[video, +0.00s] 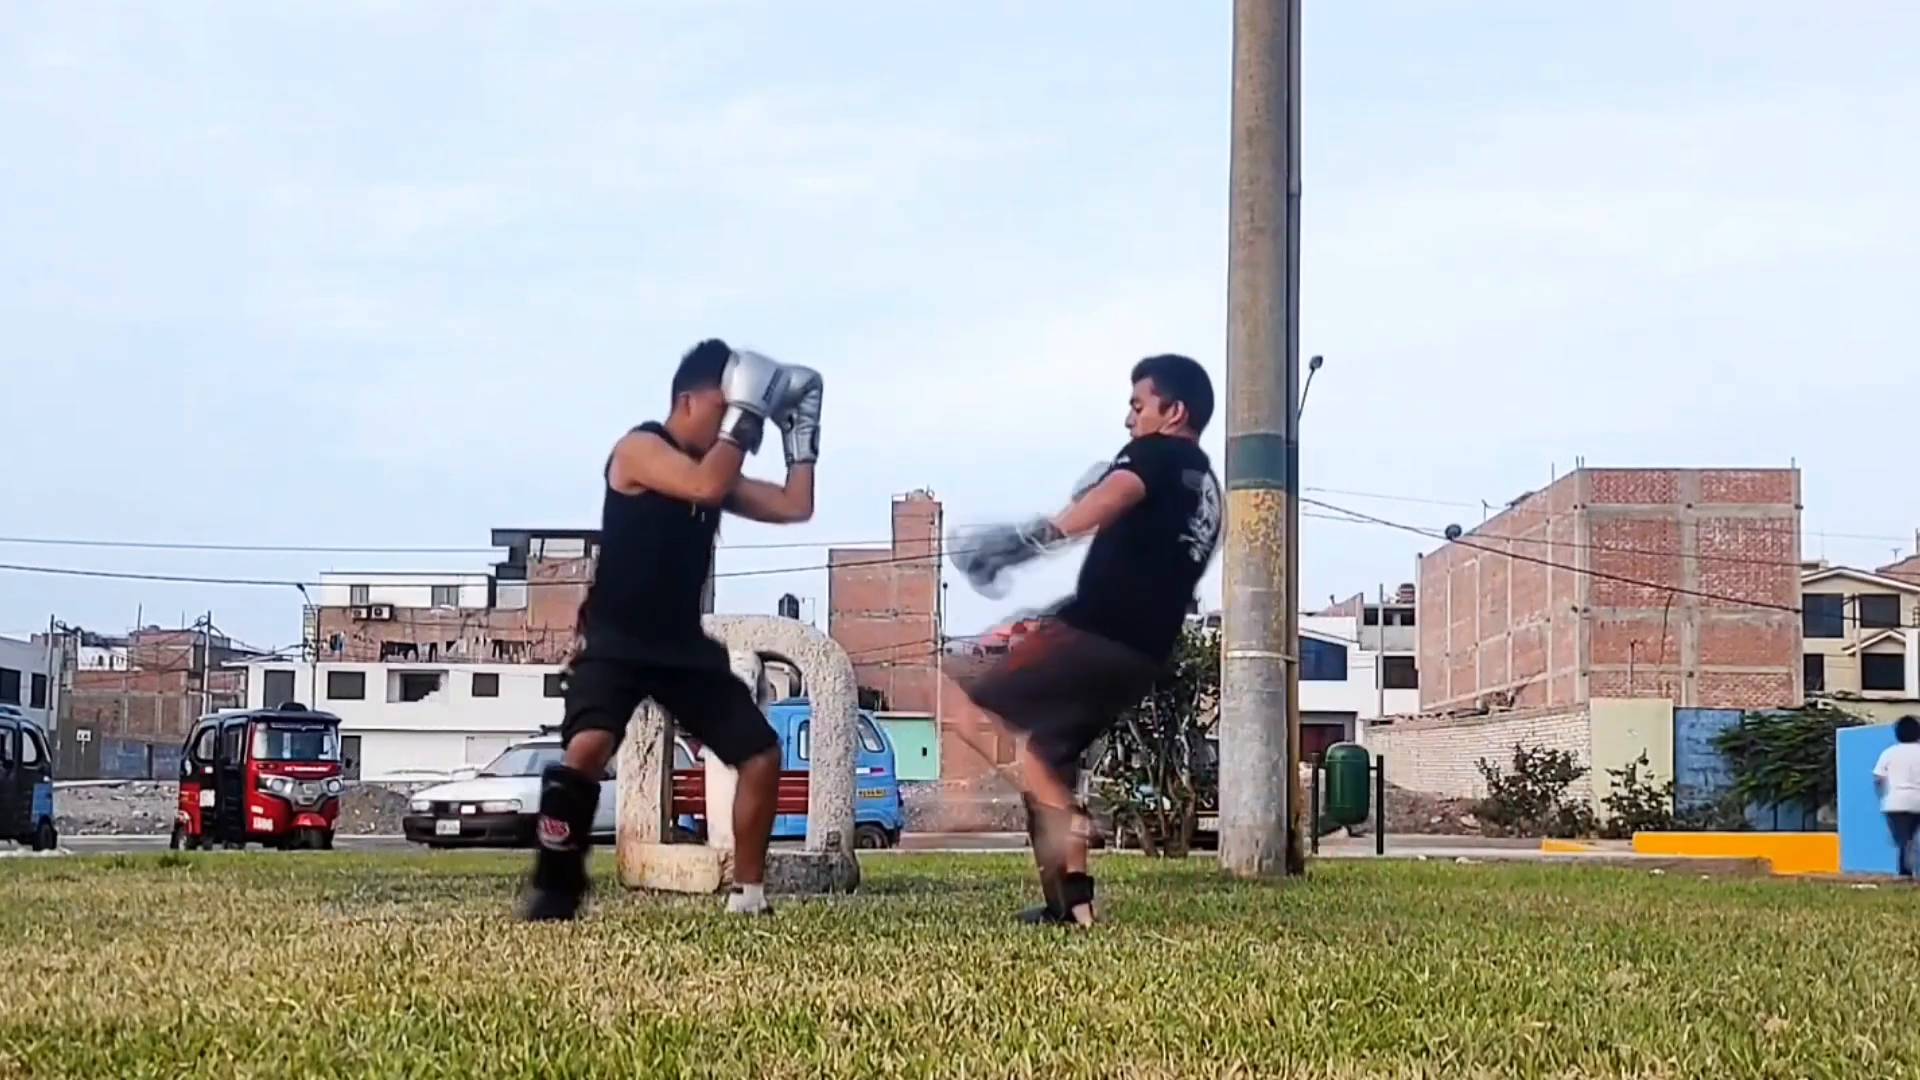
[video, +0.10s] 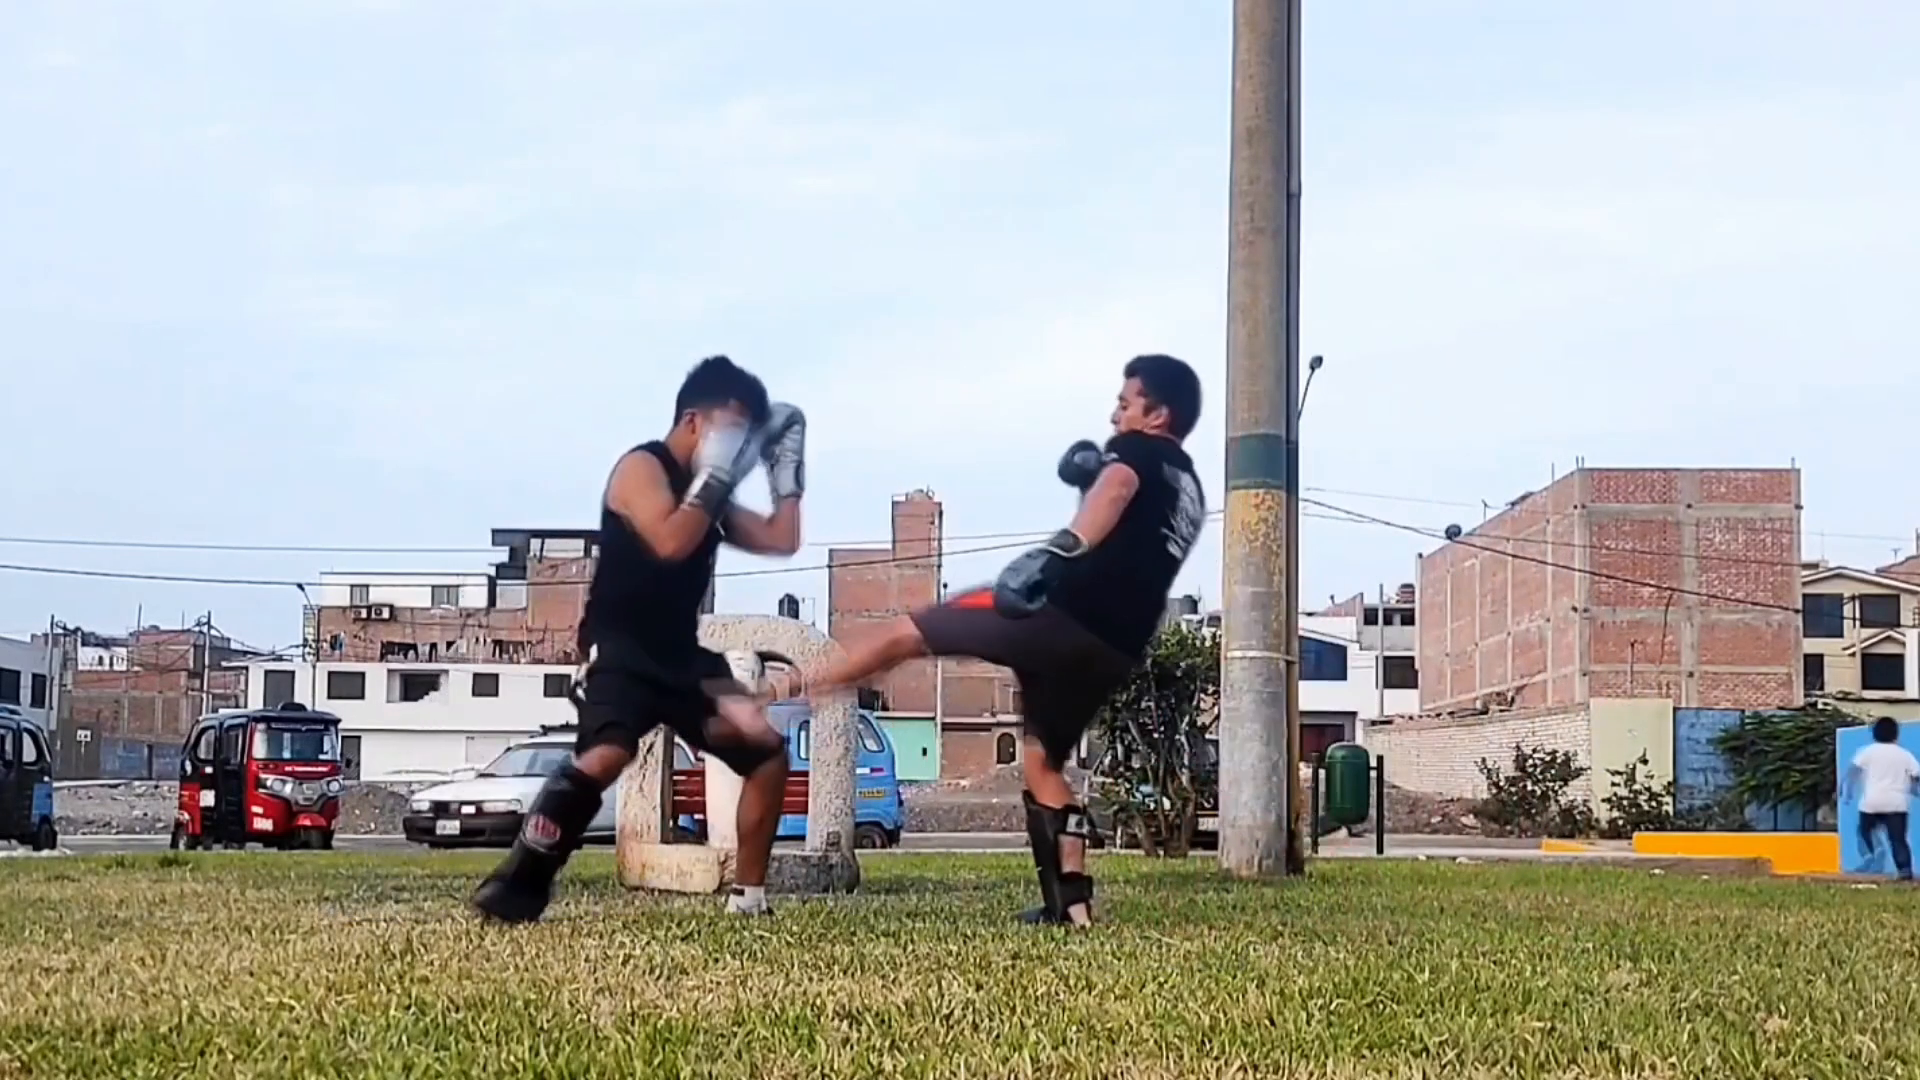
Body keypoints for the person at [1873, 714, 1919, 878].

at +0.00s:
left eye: (1901, 731)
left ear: (1898, 733)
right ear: (1917, 733)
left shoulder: (1890, 752)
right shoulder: (1917, 750)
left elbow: (1879, 775)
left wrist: (1881, 794)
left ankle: (1907, 873)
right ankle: (1905, 873)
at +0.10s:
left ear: (1875, 734)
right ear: (1895, 734)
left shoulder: (1868, 752)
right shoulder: (1904, 754)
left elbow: (1853, 769)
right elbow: (1915, 775)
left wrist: (1847, 792)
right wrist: (1913, 789)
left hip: (1871, 804)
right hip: (1897, 805)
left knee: (1864, 830)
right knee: (1898, 840)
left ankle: (1869, 859)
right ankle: (1905, 871)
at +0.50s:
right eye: (1832, 744)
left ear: (1817, 747)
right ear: (1834, 747)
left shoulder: (1809, 763)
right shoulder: (1840, 764)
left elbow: (1797, 783)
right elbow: (1849, 782)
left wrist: (1809, 790)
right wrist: (1854, 801)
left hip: (1810, 804)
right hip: (1831, 806)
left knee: (1801, 830)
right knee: (1823, 838)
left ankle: (1812, 844)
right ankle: (1818, 870)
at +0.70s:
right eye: (1815, 747)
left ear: (1798, 748)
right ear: (1815, 749)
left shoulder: (1790, 762)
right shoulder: (1819, 765)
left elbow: (1770, 772)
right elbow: (1830, 785)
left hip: (1792, 809)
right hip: (1813, 809)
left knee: (1788, 843)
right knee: (1818, 840)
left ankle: (1783, 870)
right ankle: (1816, 855)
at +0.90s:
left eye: (1791, 751)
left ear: (1788, 752)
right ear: (1805, 753)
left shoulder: (1780, 767)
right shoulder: (1811, 770)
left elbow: (1765, 787)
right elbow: (1818, 792)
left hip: (1779, 811)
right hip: (1800, 813)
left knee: (1773, 835)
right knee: (1797, 842)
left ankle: (1778, 857)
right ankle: (1796, 868)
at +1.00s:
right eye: (1801, 756)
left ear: (1786, 757)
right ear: (1802, 759)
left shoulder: (1778, 773)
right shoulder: (1807, 776)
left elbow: (1764, 791)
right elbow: (1823, 792)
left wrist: (1758, 806)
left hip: (1775, 817)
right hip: (1795, 818)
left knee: (1771, 835)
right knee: (1792, 845)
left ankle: (1770, 856)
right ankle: (1791, 869)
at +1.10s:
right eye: (1798, 760)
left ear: (1784, 760)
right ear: (1799, 762)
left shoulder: (1775, 775)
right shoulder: (1806, 779)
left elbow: (1762, 793)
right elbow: (1826, 785)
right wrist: (1823, 766)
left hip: (1772, 818)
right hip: (1792, 820)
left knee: (1770, 844)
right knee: (1796, 841)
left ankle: (1765, 868)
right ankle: (1792, 867)